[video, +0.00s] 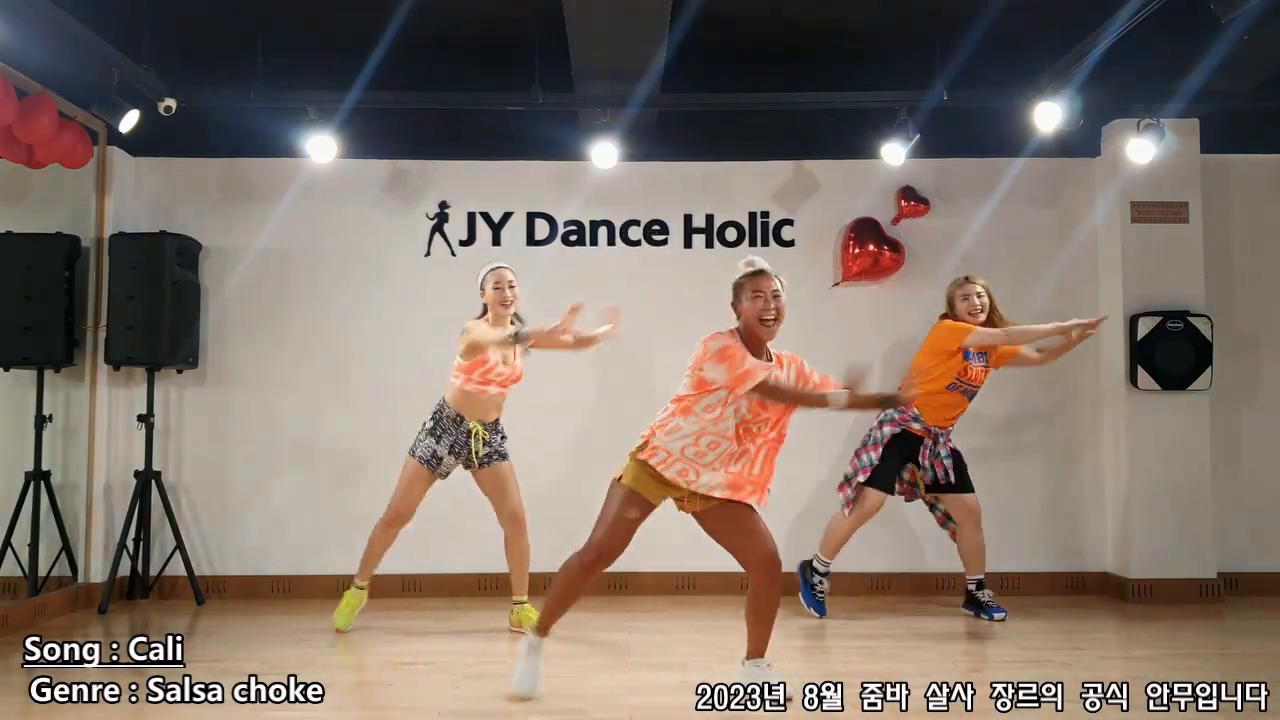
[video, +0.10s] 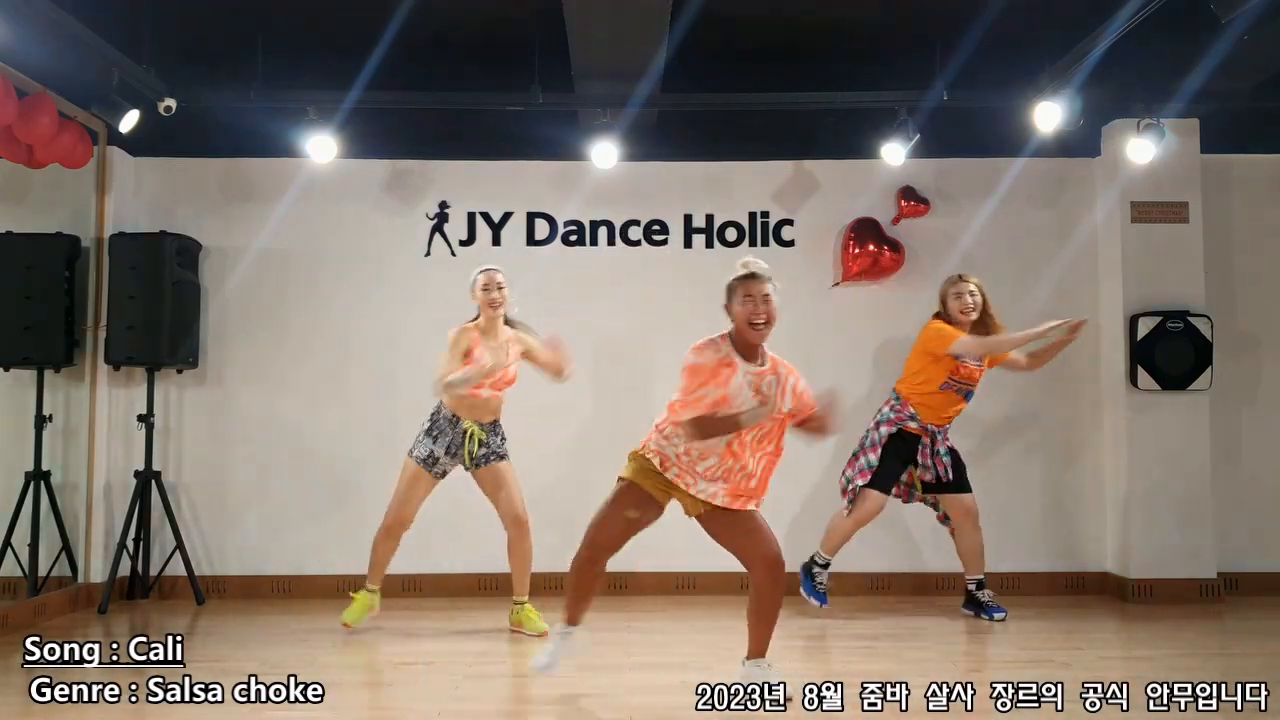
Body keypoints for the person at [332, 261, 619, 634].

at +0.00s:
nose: (506, 292)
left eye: (512, 286)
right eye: (498, 287)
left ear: (518, 294)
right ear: (484, 295)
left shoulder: (524, 334)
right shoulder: (473, 330)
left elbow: (569, 341)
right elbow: (499, 338)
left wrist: (602, 333)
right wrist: (552, 328)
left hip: (488, 434)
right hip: (446, 426)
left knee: (515, 516)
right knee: (396, 514)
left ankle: (520, 605)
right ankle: (358, 588)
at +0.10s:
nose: (495, 294)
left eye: (500, 287)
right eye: (487, 289)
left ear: (509, 294)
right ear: (475, 297)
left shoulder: (519, 339)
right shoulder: (464, 336)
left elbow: (559, 372)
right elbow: (443, 384)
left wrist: (559, 355)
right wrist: (481, 371)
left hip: (487, 435)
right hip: (446, 429)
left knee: (519, 520)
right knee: (395, 520)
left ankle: (521, 607)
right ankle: (370, 593)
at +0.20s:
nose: (470, 299)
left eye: (477, 292)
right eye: (463, 293)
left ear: (489, 300)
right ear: (453, 301)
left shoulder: (502, 348)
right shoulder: (439, 346)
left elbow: (528, 393)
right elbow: (407, 398)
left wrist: (523, 413)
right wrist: (416, 413)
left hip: (483, 442)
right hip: (436, 442)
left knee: (517, 525)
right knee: (392, 529)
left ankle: (521, 608)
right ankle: (382, 610)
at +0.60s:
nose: (382, 289)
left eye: (389, 282)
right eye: (376, 283)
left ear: (405, 290)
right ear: (367, 292)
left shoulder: (420, 328)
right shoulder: (362, 330)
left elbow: (441, 334)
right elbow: (308, 342)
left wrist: (394, 320)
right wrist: (297, 338)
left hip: (417, 432)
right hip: (373, 432)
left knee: (412, 527)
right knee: (330, 517)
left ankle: (421, 611)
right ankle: (353, 596)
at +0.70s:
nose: (360, 292)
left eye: (368, 285)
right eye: (353, 287)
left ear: (385, 291)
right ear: (347, 295)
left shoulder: (402, 336)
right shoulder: (343, 339)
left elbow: (441, 352)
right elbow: (298, 371)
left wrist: (414, 342)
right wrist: (297, 349)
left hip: (400, 437)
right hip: (358, 438)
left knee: (404, 534)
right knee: (301, 519)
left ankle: (420, 612)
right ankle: (294, 601)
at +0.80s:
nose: (334, 301)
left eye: (343, 293)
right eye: (328, 295)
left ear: (361, 299)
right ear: (323, 302)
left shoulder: (380, 343)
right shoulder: (324, 351)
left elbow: (424, 375)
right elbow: (305, 394)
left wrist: (388, 381)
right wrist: (278, 392)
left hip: (380, 445)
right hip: (339, 448)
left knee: (388, 542)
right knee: (285, 530)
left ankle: (419, 614)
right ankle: (282, 614)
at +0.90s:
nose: (304, 290)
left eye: (313, 284)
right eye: (305, 283)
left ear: (336, 293)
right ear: (311, 292)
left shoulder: (356, 331)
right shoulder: (306, 340)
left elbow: (397, 347)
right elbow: (277, 365)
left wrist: (367, 349)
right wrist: (257, 376)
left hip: (367, 434)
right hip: (326, 440)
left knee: (398, 525)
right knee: (283, 527)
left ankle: (428, 607)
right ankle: (280, 613)